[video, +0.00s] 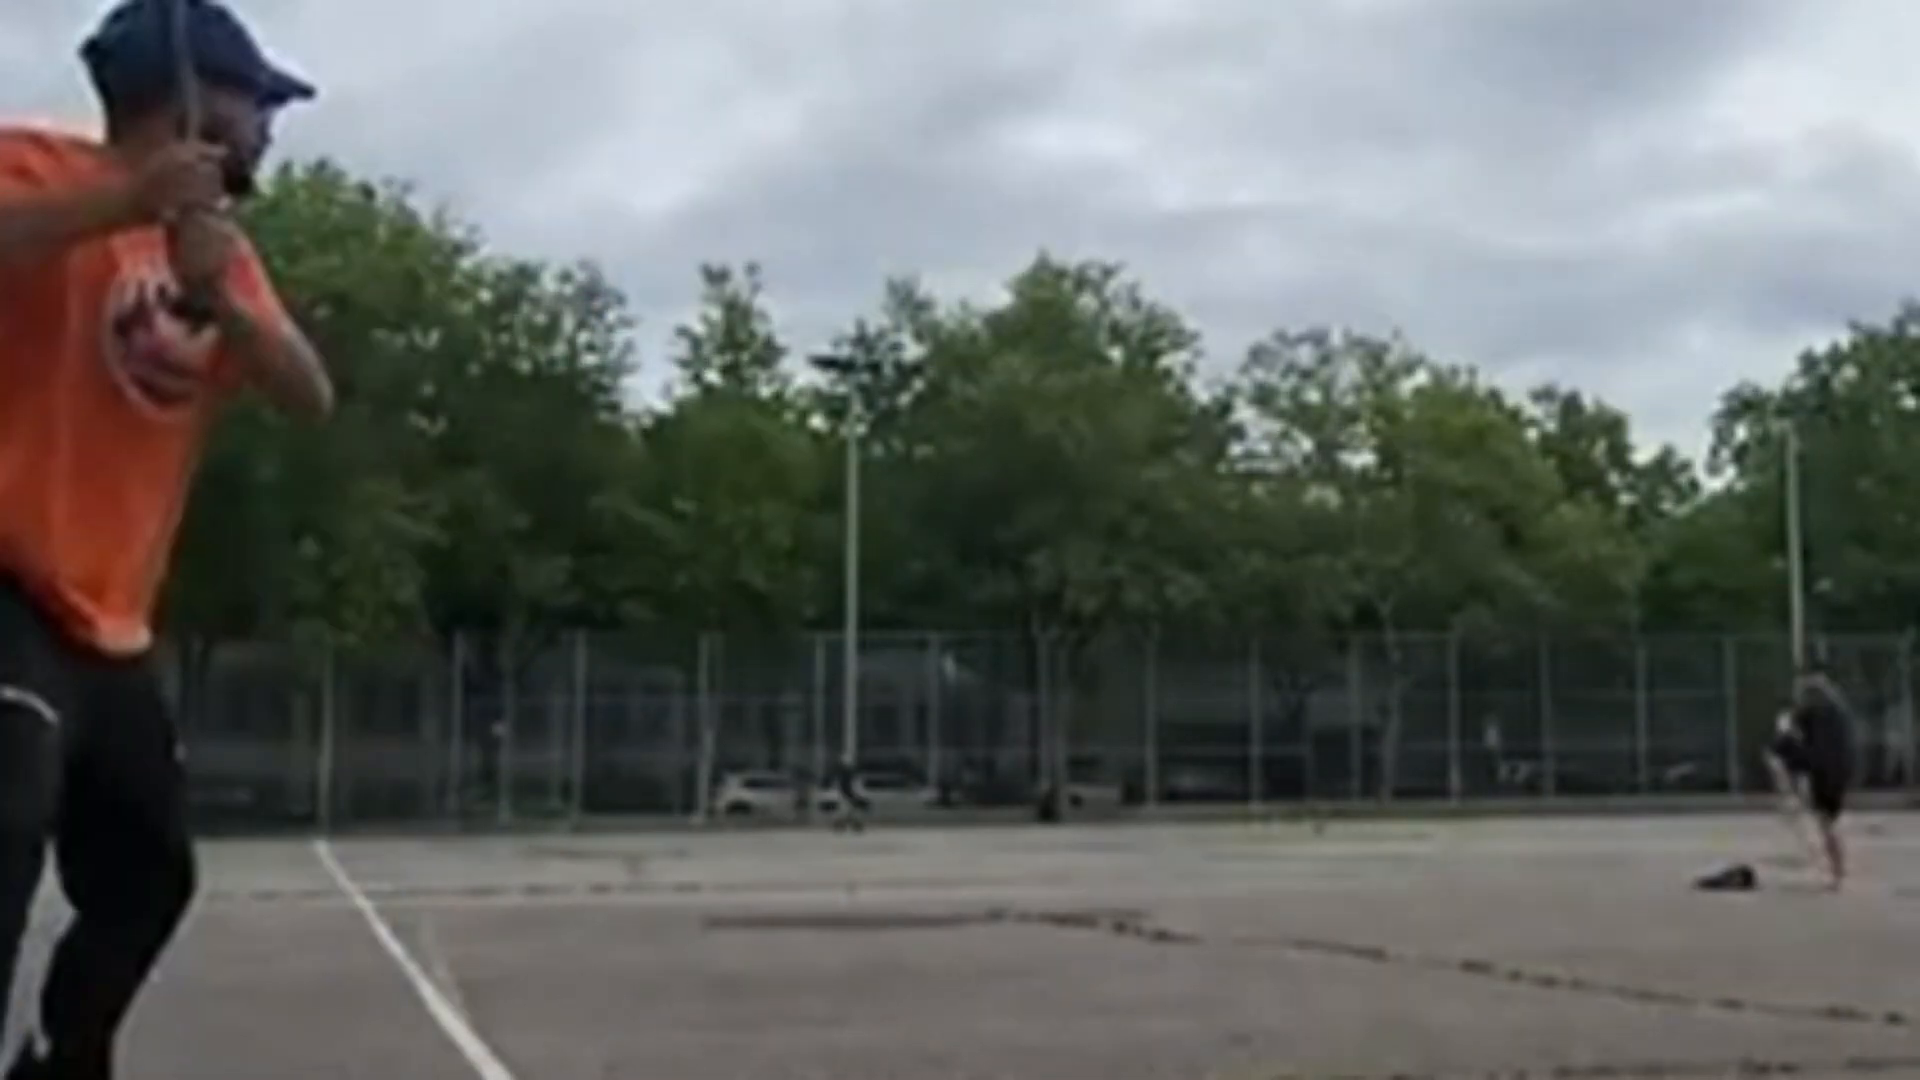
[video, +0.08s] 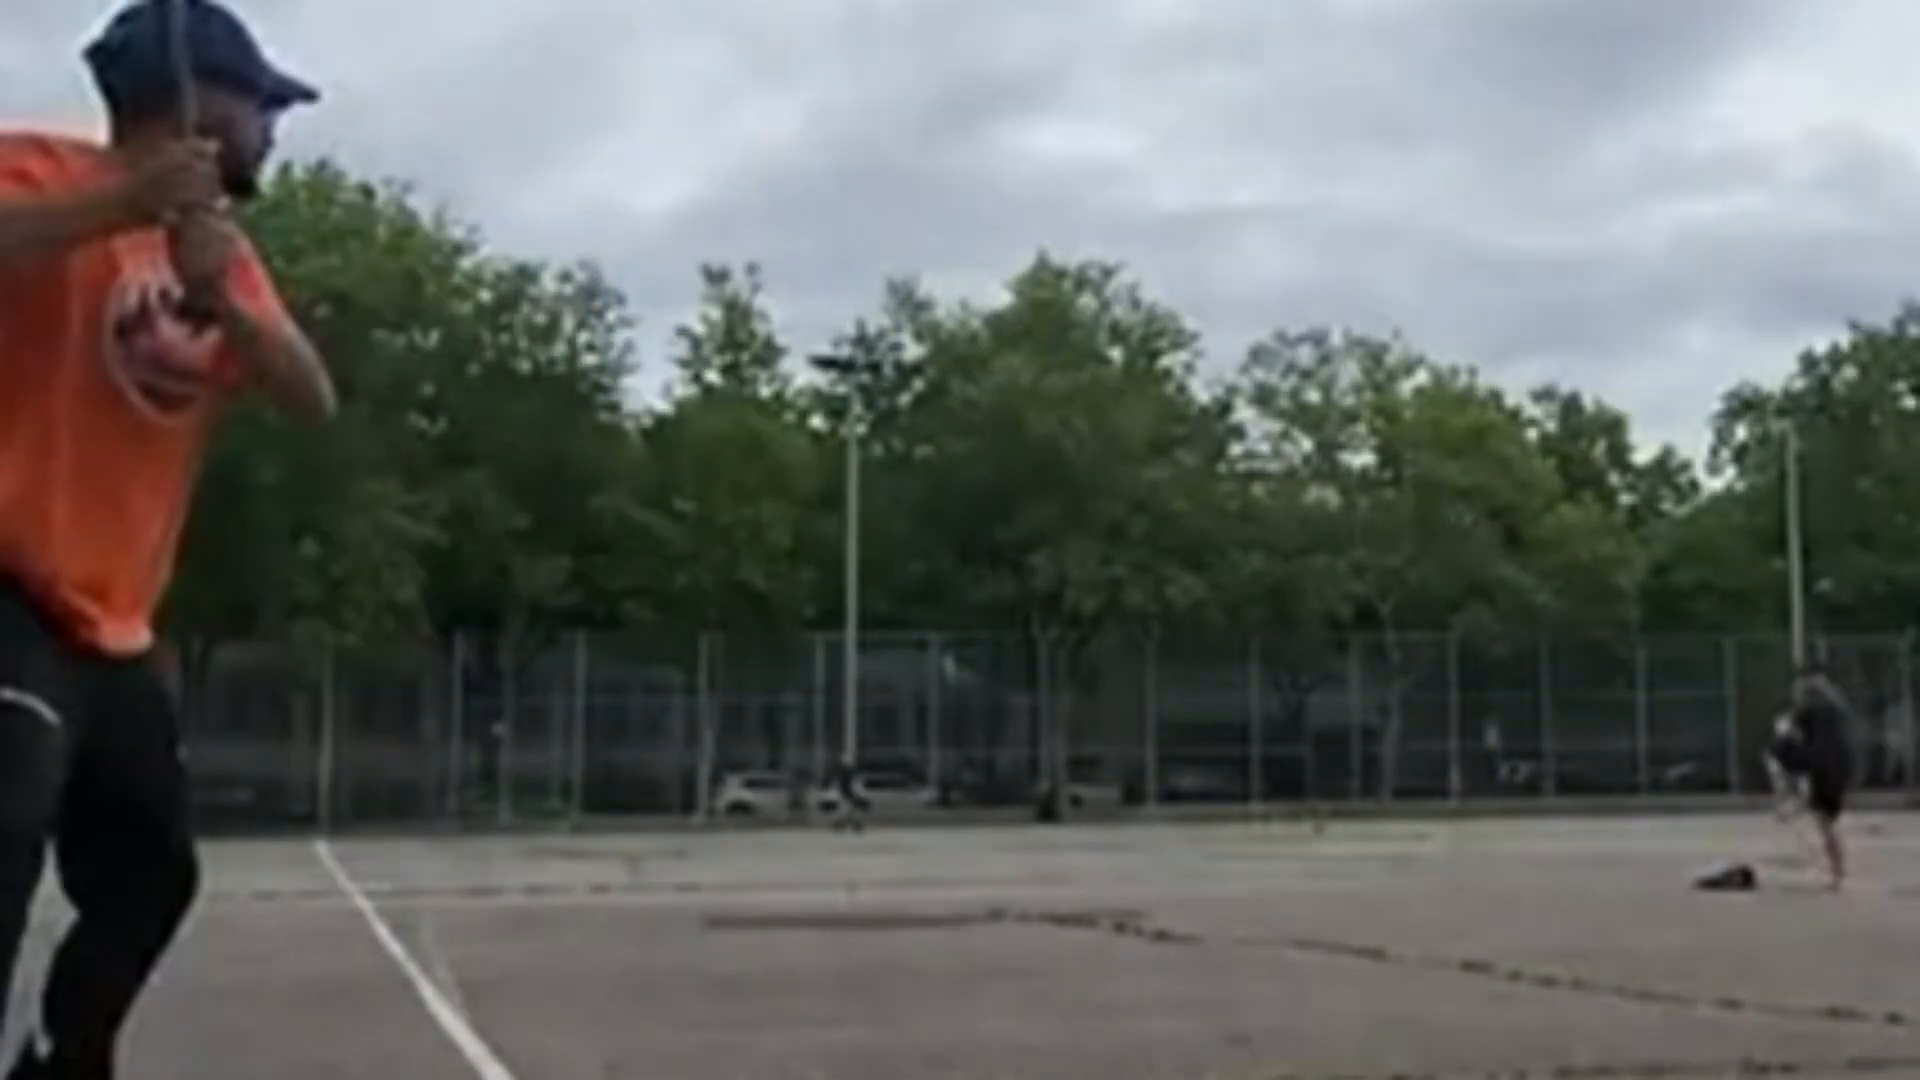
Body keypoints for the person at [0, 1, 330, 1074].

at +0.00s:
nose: (261, 136)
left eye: (265, 112)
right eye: (242, 108)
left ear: (222, 118)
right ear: (168, 102)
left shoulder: (221, 247)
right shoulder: (39, 170)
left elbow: (310, 397)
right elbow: (8, 233)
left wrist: (227, 307)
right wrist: (128, 199)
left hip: (113, 623)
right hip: (16, 597)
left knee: (145, 882)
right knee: (14, 839)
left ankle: (68, 1064)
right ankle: (19, 1054)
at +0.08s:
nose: (267, 137)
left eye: (270, 112)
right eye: (249, 110)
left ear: (217, 123)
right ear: (172, 106)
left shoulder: (224, 249)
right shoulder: (42, 175)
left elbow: (313, 399)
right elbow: (9, 235)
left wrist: (232, 306)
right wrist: (124, 200)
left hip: (115, 626)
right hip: (16, 599)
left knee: (148, 881)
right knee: (13, 846)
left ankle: (69, 1064)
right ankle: (19, 1053)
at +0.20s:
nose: (275, 138)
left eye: (278, 115)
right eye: (257, 111)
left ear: (222, 123)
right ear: (180, 105)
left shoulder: (225, 249)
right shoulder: (37, 176)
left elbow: (317, 402)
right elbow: (7, 239)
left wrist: (226, 296)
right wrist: (129, 195)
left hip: (120, 632)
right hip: (15, 602)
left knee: (151, 884)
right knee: (5, 859)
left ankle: (70, 1064)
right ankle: (19, 1056)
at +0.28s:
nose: (278, 136)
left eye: (281, 113)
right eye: (262, 109)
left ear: (217, 115)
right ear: (188, 101)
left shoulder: (230, 251)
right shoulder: (47, 171)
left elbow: (319, 398)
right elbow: (6, 208)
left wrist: (228, 302)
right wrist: (127, 185)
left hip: (121, 630)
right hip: (17, 597)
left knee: (152, 881)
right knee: (12, 844)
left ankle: (68, 1064)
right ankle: (19, 1055)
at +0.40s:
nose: (279, 135)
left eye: (284, 110)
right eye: (262, 107)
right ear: (187, 96)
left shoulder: (234, 253)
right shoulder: (53, 165)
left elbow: (318, 399)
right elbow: (6, 196)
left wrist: (228, 300)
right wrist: (128, 180)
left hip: (121, 627)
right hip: (17, 592)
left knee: (150, 880)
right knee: (15, 836)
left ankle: (67, 1061)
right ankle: (14, 1052)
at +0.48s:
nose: (285, 132)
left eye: (289, 107)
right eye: (269, 103)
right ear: (198, 92)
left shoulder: (237, 255)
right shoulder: (56, 159)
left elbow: (319, 399)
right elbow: (4, 193)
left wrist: (226, 306)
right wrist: (138, 178)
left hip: (120, 625)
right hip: (13, 588)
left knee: (147, 880)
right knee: (13, 835)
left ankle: (64, 1061)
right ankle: (8, 1050)